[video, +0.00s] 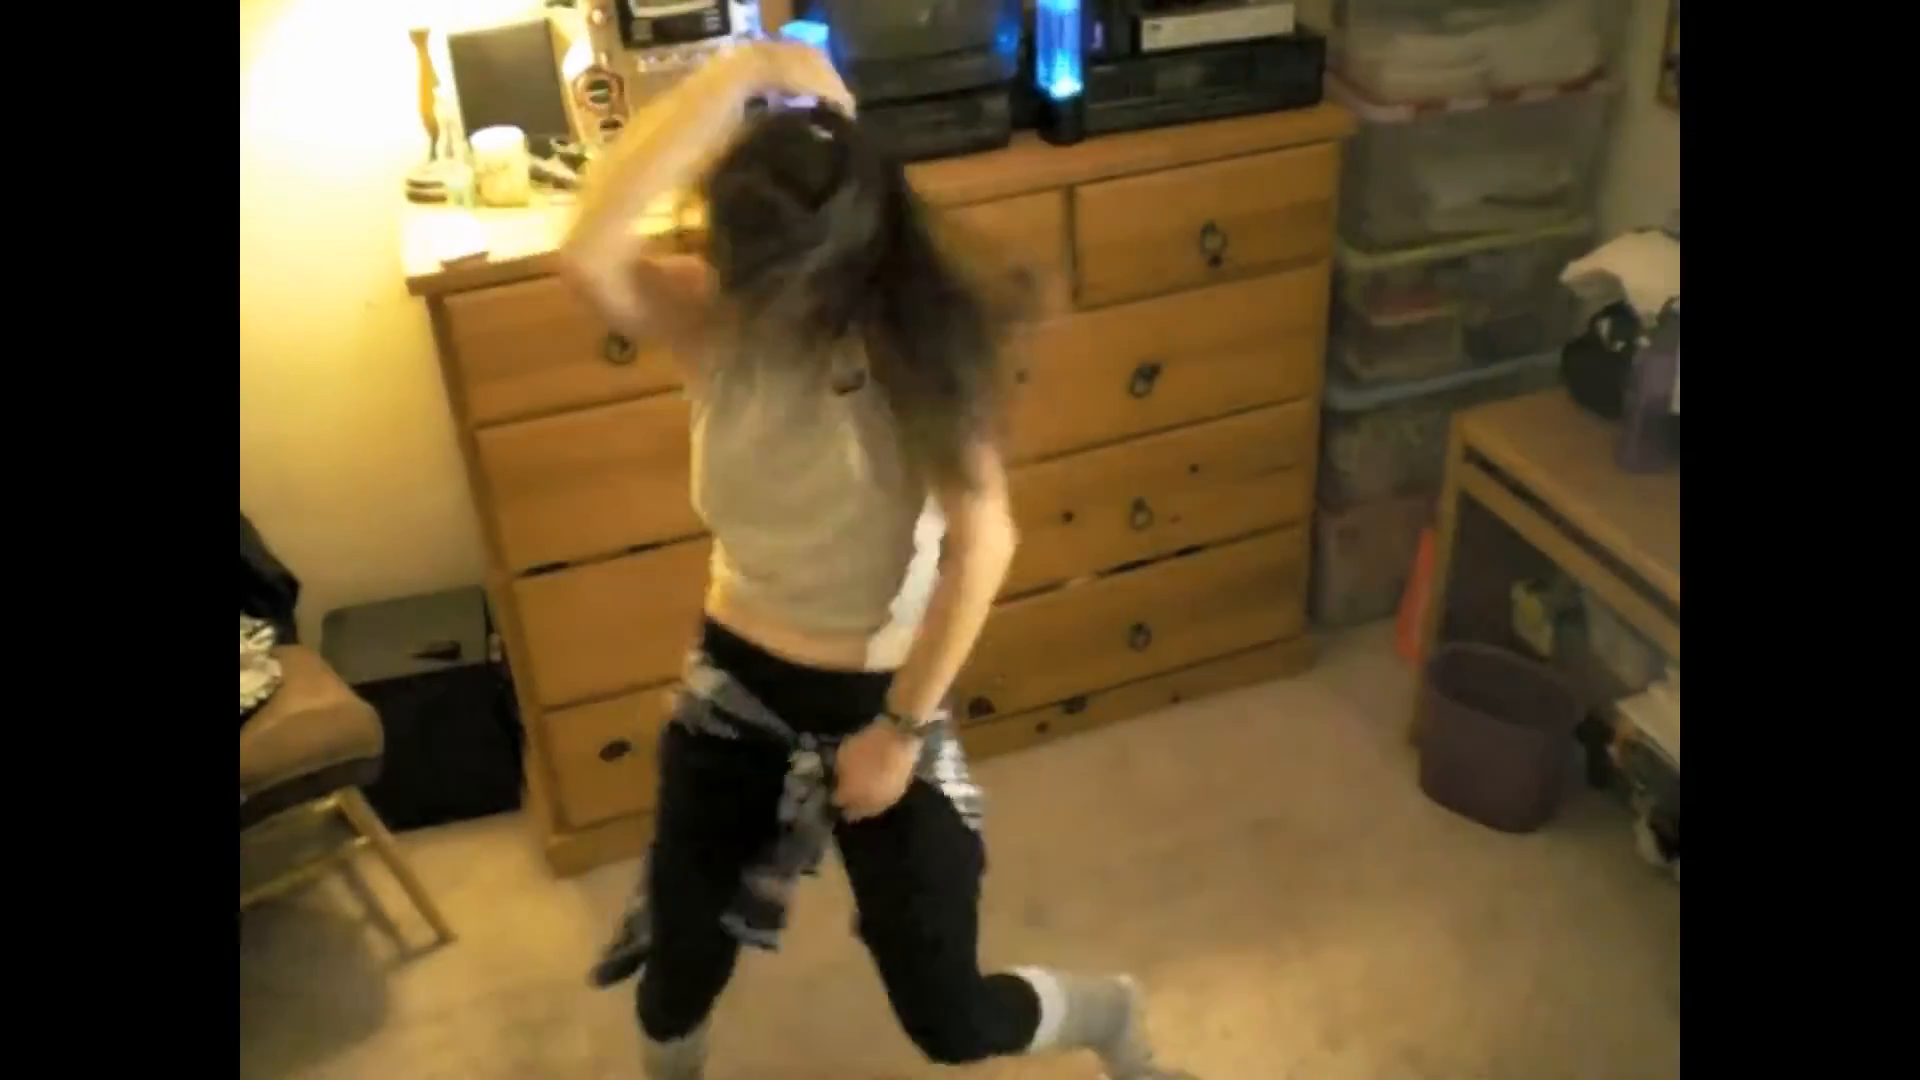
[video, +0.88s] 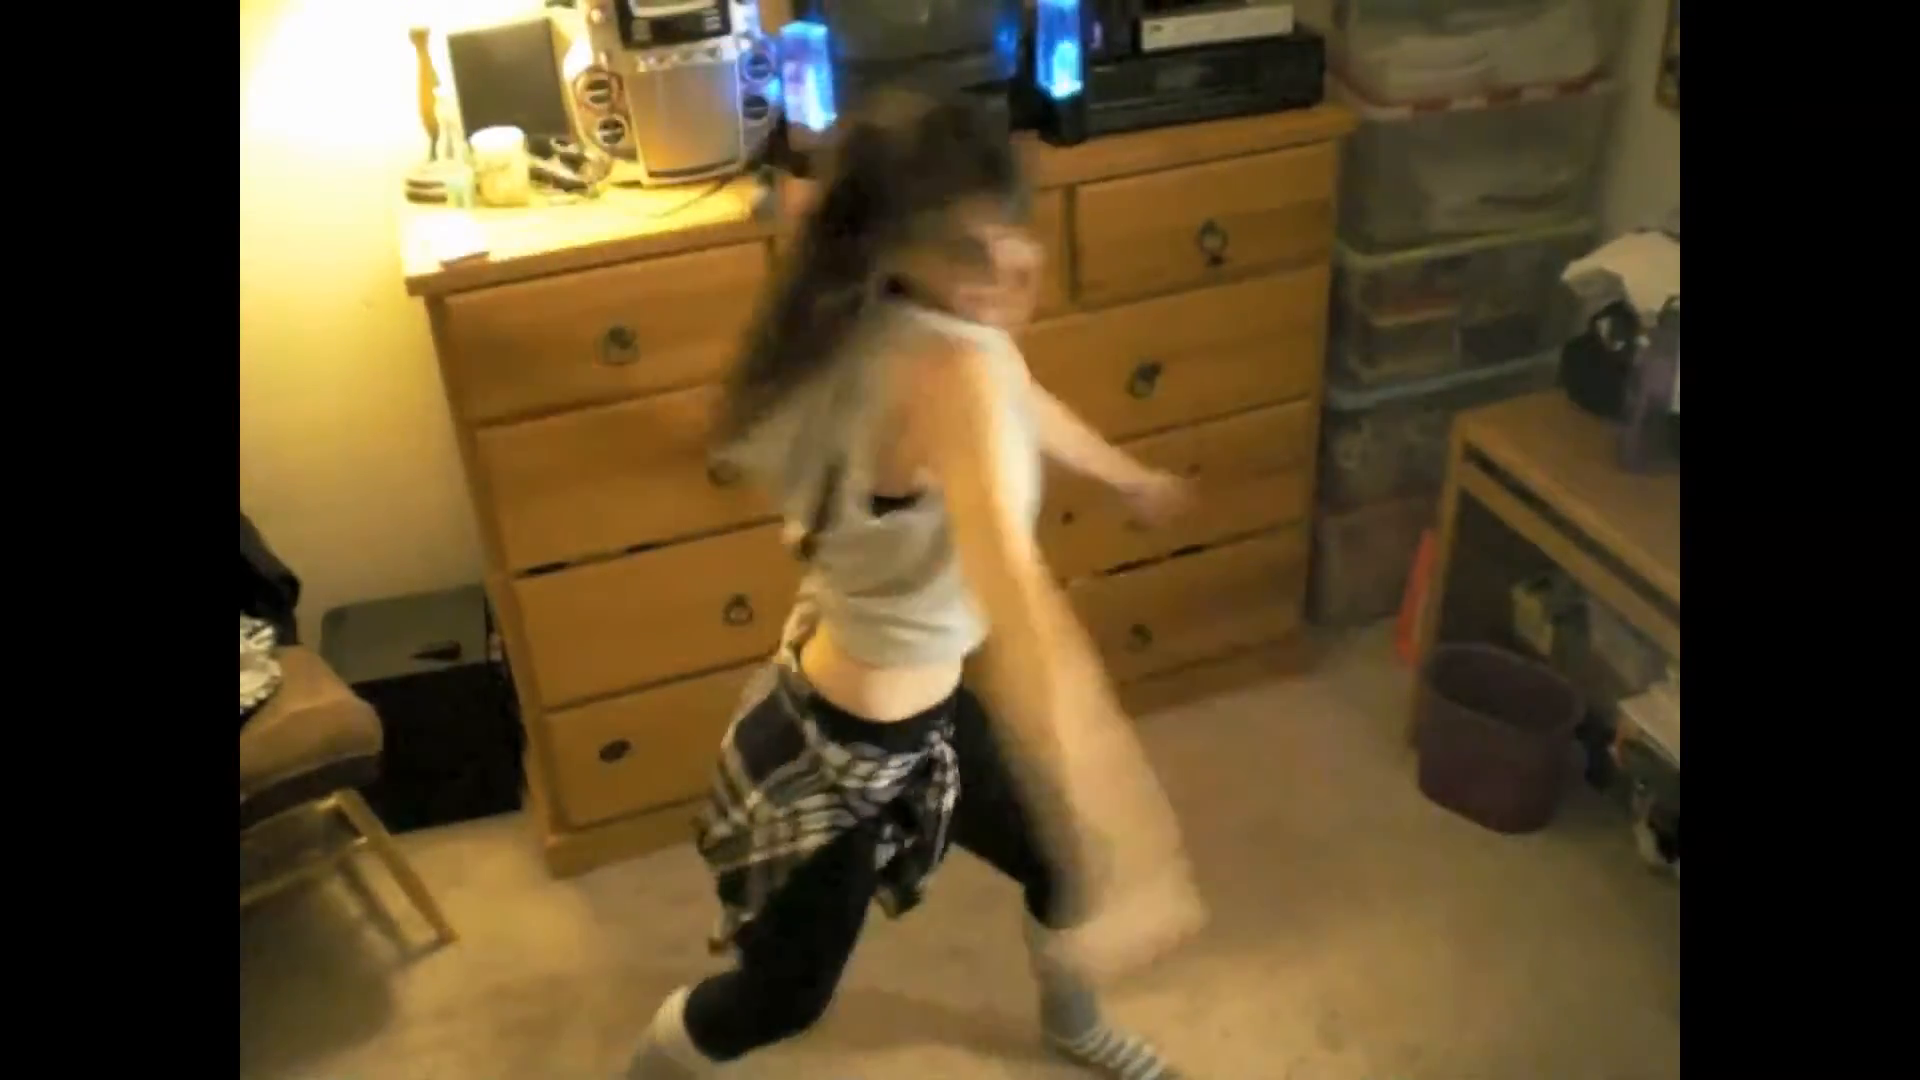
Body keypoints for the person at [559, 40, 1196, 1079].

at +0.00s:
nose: (779, 322)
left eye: (802, 300)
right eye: (758, 296)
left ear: (855, 264)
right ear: (733, 255)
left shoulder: (922, 338)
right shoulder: (719, 315)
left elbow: (984, 533)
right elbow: (589, 260)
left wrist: (899, 726)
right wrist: (729, 76)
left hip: (884, 708)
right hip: (738, 686)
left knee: (947, 1022)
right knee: (679, 972)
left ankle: (1108, 1012)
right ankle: (668, 1061)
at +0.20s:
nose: (825, 295)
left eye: (855, 264)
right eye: (806, 261)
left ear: (889, 270)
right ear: (753, 249)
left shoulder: (926, 352)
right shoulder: (688, 331)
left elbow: (1038, 497)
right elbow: (723, 367)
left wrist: (976, 672)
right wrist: (820, 159)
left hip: (941, 705)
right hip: (797, 737)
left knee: (1057, 968)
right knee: (724, 1015)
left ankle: (1132, 1046)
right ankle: (688, 1071)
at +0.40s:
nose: (834, 307)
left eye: (855, 275)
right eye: (804, 275)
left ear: (890, 269)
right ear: (745, 255)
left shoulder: (886, 358)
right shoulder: (697, 336)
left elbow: (954, 511)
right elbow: (855, 442)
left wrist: (984, 632)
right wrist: (879, 211)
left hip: (956, 706)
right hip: (806, 769)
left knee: (1126, 935)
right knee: (766, 1049)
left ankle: (1130, 1053)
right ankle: (705, 1066)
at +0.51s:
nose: (850, 300)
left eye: (871, 262)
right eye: (816, 272)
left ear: (890, 251)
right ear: (749, 257)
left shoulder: (875, 331)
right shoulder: (715, 337)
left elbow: (889, 510)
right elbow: (908, 490)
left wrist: (980, 591)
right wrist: (938, 264)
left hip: (937, 686)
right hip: (797, 761)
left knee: (1133, 899)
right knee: (763, 1045)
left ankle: (1115, 1039)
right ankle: (703, 1066)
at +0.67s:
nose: (906, 276)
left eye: (919, 241)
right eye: (867, 256)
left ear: (932, 216)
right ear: (795, 250)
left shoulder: (862, 326)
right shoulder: (800, 362)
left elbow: (918, 496)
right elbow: (940, 570)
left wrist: (1023, 465)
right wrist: (1065, 398)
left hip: (924, 703)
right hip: (798, 761)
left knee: (1109, 847)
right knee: (768, 1013)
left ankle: (1086, 1025)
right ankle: (688, 1059)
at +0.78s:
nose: (939, 273)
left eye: (949, 238)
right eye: (901, 254)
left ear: (961, 217)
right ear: (821, 248)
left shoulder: (888, 327)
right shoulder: (852, 356)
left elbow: (983, 450)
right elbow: (986, 572)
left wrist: (1142, 486)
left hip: (918, 711)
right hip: (821, 759)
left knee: (1086, 859)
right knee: (774, 992)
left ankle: (1079, 1022)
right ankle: (668, 1062)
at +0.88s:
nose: (1007, 263)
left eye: (1012, 229)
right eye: (965, 246)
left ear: (1024, 219)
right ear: (897, 256)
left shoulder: (938, 326)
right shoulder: (948, 371)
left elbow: (1026, 410)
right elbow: (1013, 605)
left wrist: (1129, 479)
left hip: (933, 716)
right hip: (844, 752)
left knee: (1060, 861)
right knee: (782, 993)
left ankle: (1071, 1023)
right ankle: (650, 1059)